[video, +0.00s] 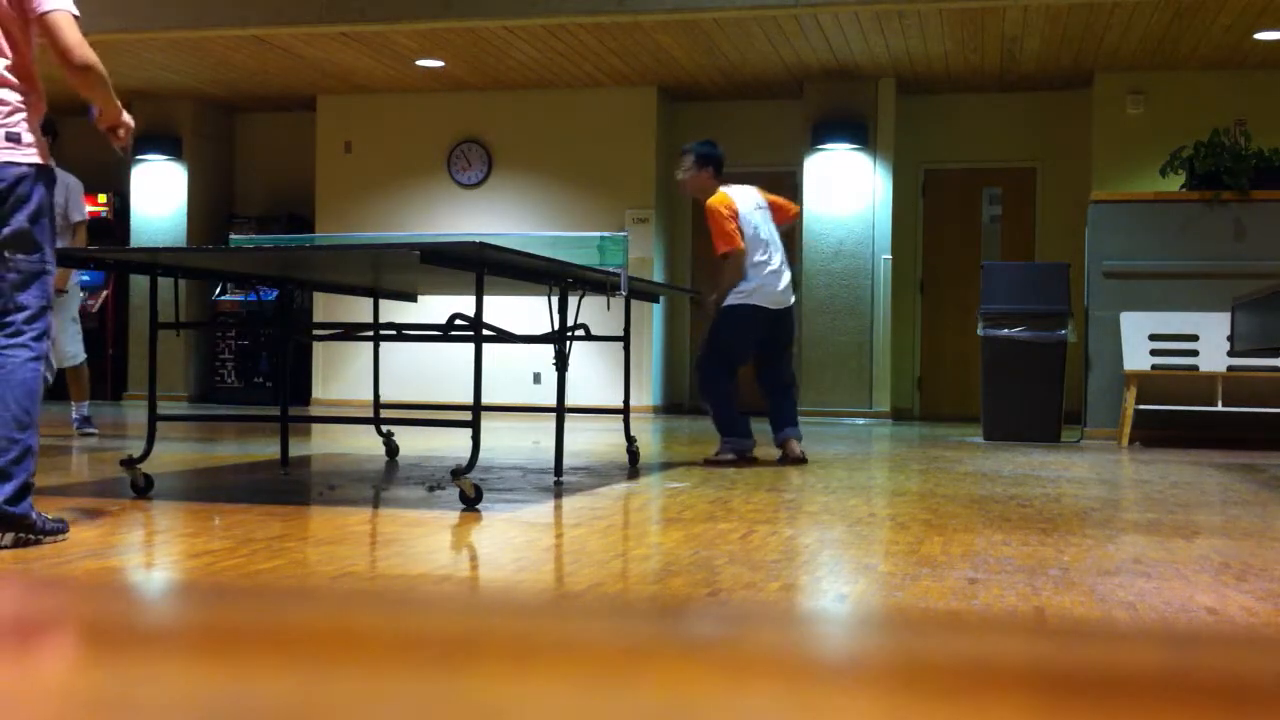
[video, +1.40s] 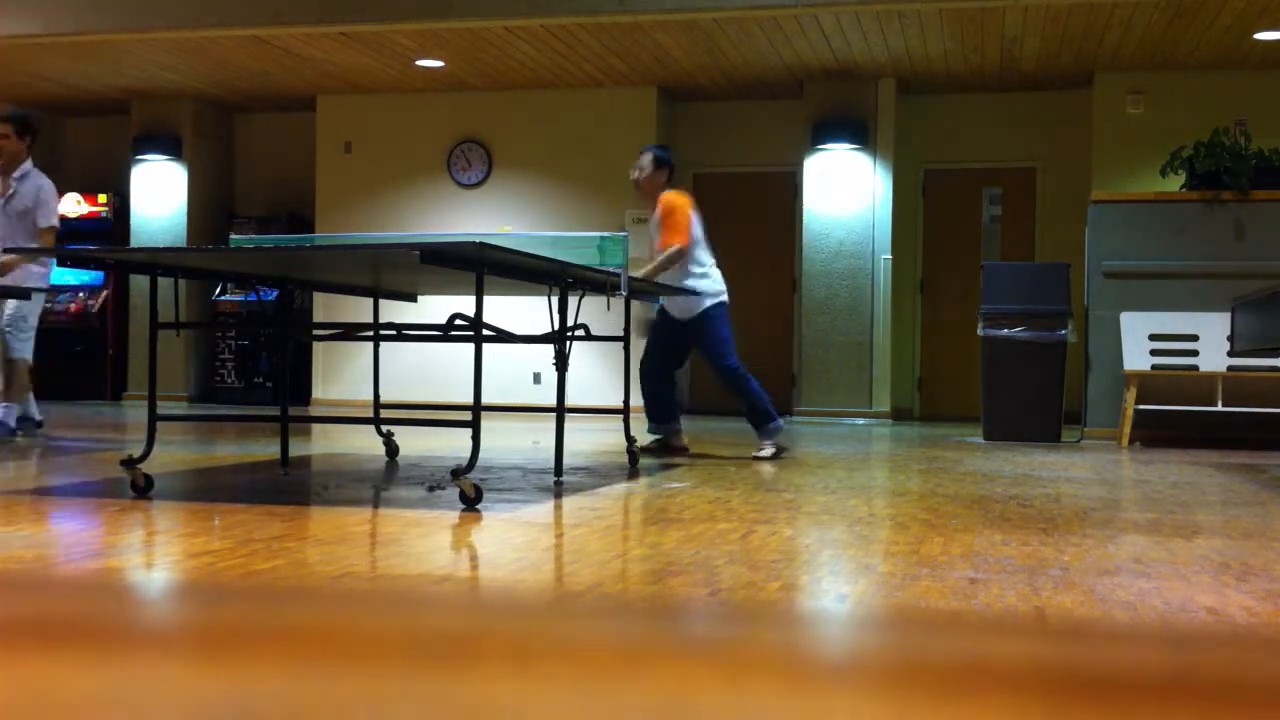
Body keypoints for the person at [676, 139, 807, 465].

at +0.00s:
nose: (680, 178)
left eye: (686, 170)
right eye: (681, 170)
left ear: (708, 172)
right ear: (712, 173)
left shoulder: (717, 202)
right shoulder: (752, 193)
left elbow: (735, 255)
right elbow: (791, 211)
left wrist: (718, 295)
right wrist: (760, 237)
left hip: (748, 300)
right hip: (781, 300)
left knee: (712, 369)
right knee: (776, 370)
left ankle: (735, 443)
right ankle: (791, 441)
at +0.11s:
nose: (675, 176)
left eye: (682, 169)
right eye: (675, 169)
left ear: (704, 172)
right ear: (704, 173)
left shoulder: (718, 204)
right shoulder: (732, 196)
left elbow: (738, 256)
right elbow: (764, 222)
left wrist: (716, 289)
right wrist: (722, 249)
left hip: (742, 299)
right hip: (761, 299)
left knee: (713, 368)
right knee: (742, 368)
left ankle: (734, 445)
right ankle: (780, 426)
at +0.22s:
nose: (679, 164)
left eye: (687, 157)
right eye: (678, 158)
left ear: (707, 161)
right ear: (687, 163)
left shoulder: (721, 197)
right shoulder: (710, 197)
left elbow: (741, 247)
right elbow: (729, 238)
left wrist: (715, 279)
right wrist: (708, 252)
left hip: (741, 292)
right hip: (734, 291)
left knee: (715, 366)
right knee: (721, 364)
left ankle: (733, 442)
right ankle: (762, 422)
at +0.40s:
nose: (681, 156)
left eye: (689, 150)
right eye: (679, 150)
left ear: (709, 155)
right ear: (680, 156)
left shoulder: (726, 192)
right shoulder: (694, 198)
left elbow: (743, 240)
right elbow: (704, 240)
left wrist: (708, 275)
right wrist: (683, 254)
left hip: (731, 291)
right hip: (705, 291)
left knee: (725, 363)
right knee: (691, 360)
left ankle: (736, 444)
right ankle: (703, 437)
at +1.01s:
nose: (651, 183)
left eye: (656, 176)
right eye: (649, 177)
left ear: (677, 177)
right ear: (662, 181)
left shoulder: (689, 206)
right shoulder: (678, 213)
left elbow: (687, 254)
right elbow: (681, 256)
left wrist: (665, 272)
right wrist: (667, 271)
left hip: (725, 302)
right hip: (700, 305)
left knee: (740, 366)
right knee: (670, 362)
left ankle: (778, 439)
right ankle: (674, 436)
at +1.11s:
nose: (641, 191)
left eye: (646, 184)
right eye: (640, 185)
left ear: (667, 185)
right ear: (660, 188)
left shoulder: (676, 214)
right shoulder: (672, 215)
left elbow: (664, 271)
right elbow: (671, 272)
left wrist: (643, 286)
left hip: (714, 304)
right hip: (694, 309)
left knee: (735, 370)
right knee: (664, 363)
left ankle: (783, 438)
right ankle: (672, 437)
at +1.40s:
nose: (634, 175)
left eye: (641, 169)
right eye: (636, 169)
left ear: (662, 173)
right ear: (657, 174)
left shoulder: (674, 201)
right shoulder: (660, 209)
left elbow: (678, 248)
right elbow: (673, 255)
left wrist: (641, 277)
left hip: (704, 301)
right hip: (676, 305)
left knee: (727, 367)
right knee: (653, 369)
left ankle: (772, 434)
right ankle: (670, 437)